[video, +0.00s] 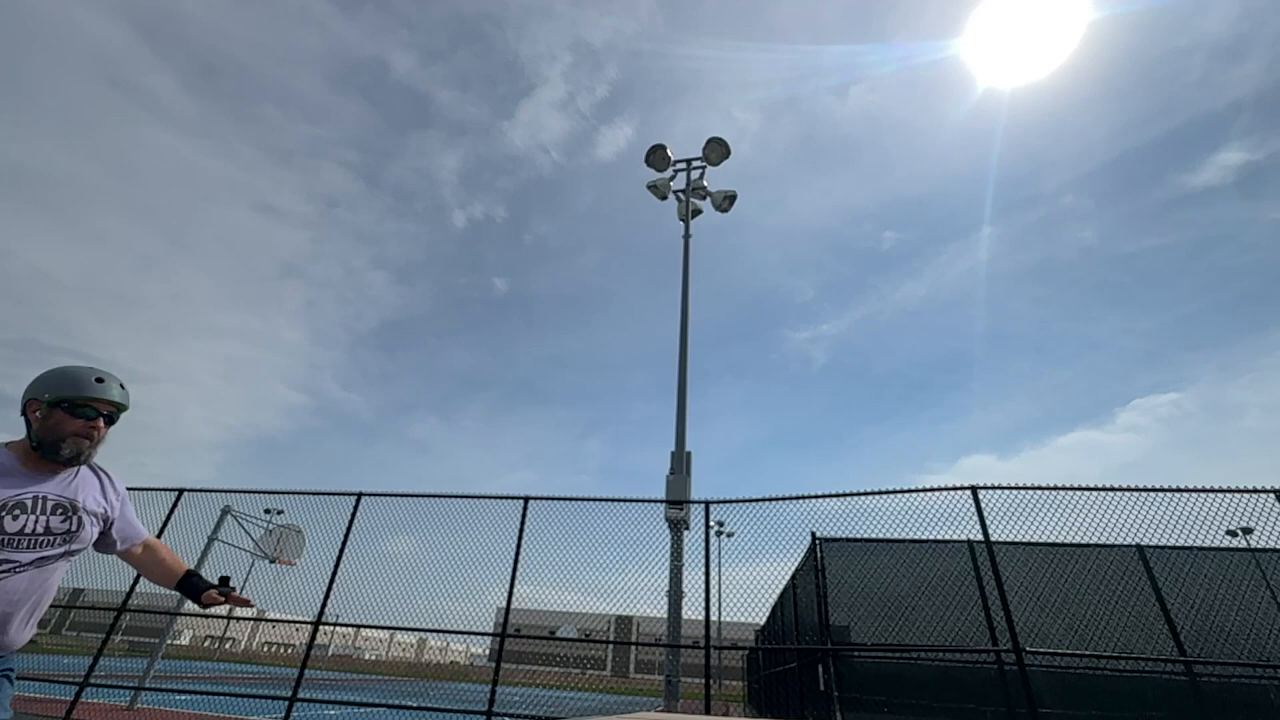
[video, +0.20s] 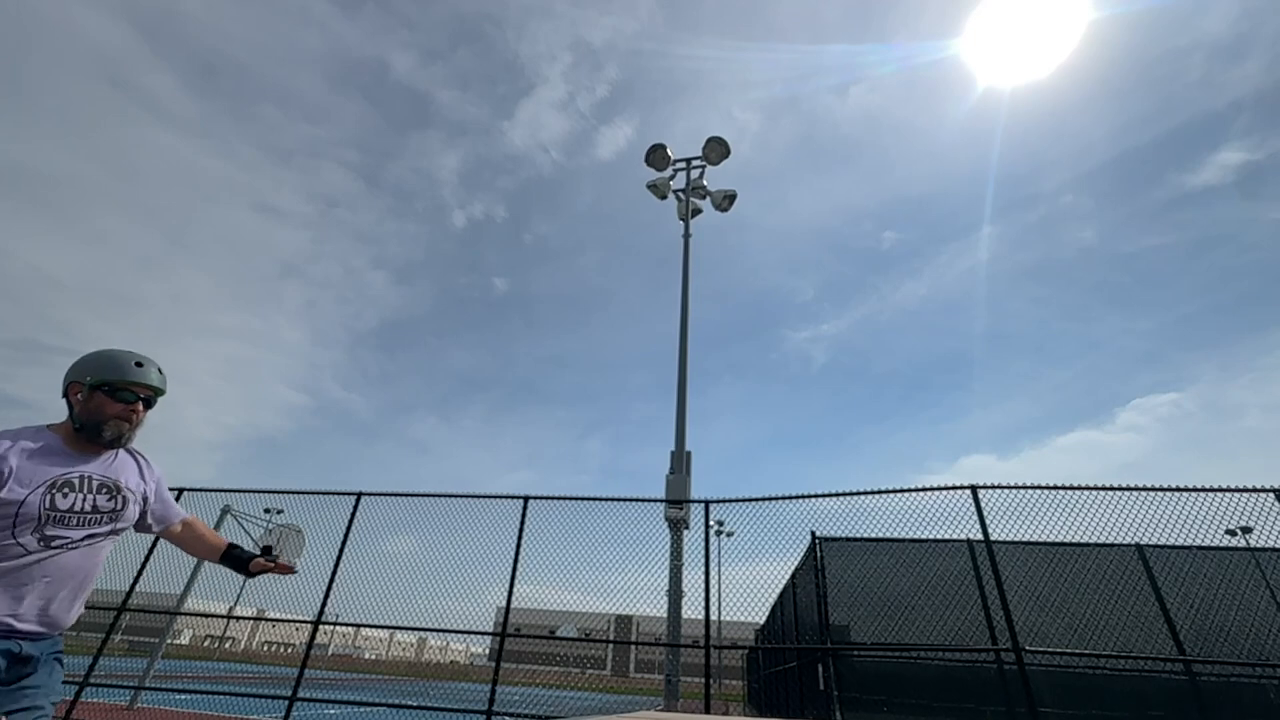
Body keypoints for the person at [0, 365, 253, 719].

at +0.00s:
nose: (97, 427)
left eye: (108, 419)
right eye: (82, 411)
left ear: (112, 429)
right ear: (36, 411)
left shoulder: (99, 489)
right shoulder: (4, 467)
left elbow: (141, 548)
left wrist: (199, 588)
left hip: (1, 662)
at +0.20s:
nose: (136, 410)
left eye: (146, 403)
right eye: (123, 396)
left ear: (151, 412)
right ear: (77, 394)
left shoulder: (137, 473)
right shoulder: (11, 453)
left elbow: (181, 527)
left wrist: (245, 561)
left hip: (37, 655)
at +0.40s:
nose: (175, 390)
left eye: (183, 383)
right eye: (161, 376)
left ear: (188, 393)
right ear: (118, 375)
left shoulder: (175, 454)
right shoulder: (40, 435)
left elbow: (218, 504)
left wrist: (281, 530)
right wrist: (1, 554)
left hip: (93, 624)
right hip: (20, 607)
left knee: (80, 710)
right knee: (43, 707)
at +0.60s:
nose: (213, 373)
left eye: (221, 366)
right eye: (201, 359)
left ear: (224, 376)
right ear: (159, 356)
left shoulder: (210, 435)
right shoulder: (91, 412)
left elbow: (251, 481)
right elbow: (8, 465)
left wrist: (315, 504)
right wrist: (30, 524)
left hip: (136, 599)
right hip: (53, 576)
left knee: (124, 703)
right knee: (84, 687)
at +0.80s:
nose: (249, 354)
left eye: (258, 348)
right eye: (237, 340)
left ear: (261, 358)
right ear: (198, 337)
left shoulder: (245, 416)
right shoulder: (140, 390)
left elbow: (285, 459)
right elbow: (43, 447)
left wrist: (344, 480)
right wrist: (91, 499)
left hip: (178, 572)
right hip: (90, 548)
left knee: (170, 696)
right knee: (137, 656)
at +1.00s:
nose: (286, 335)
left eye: (294, 330)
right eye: (275, 321)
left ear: (296, 339)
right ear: (237, 317)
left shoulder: (278, 393)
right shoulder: (184, 366)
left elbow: (313, 432)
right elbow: (101, 420)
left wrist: (373, 454)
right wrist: (149, 473)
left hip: (217, 538)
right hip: (136, 515)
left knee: (214, 669)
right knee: (187, 612)